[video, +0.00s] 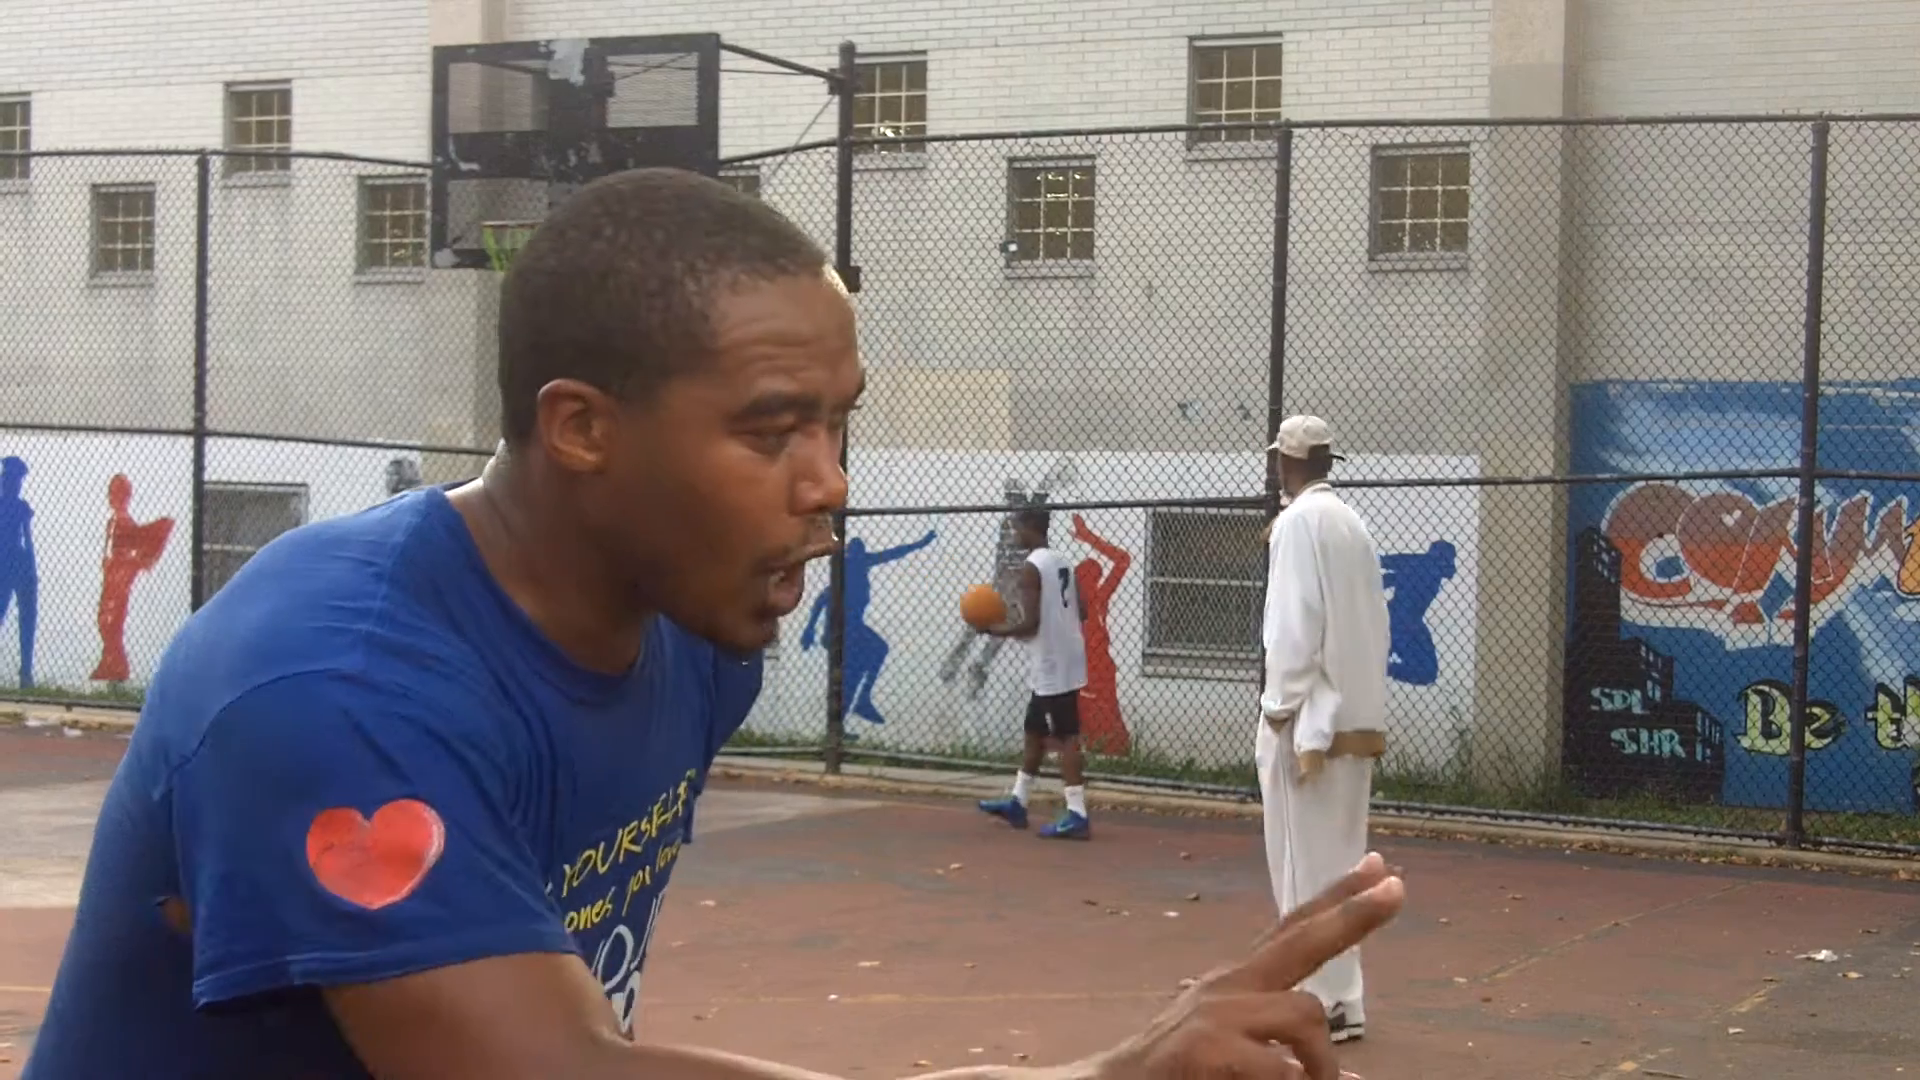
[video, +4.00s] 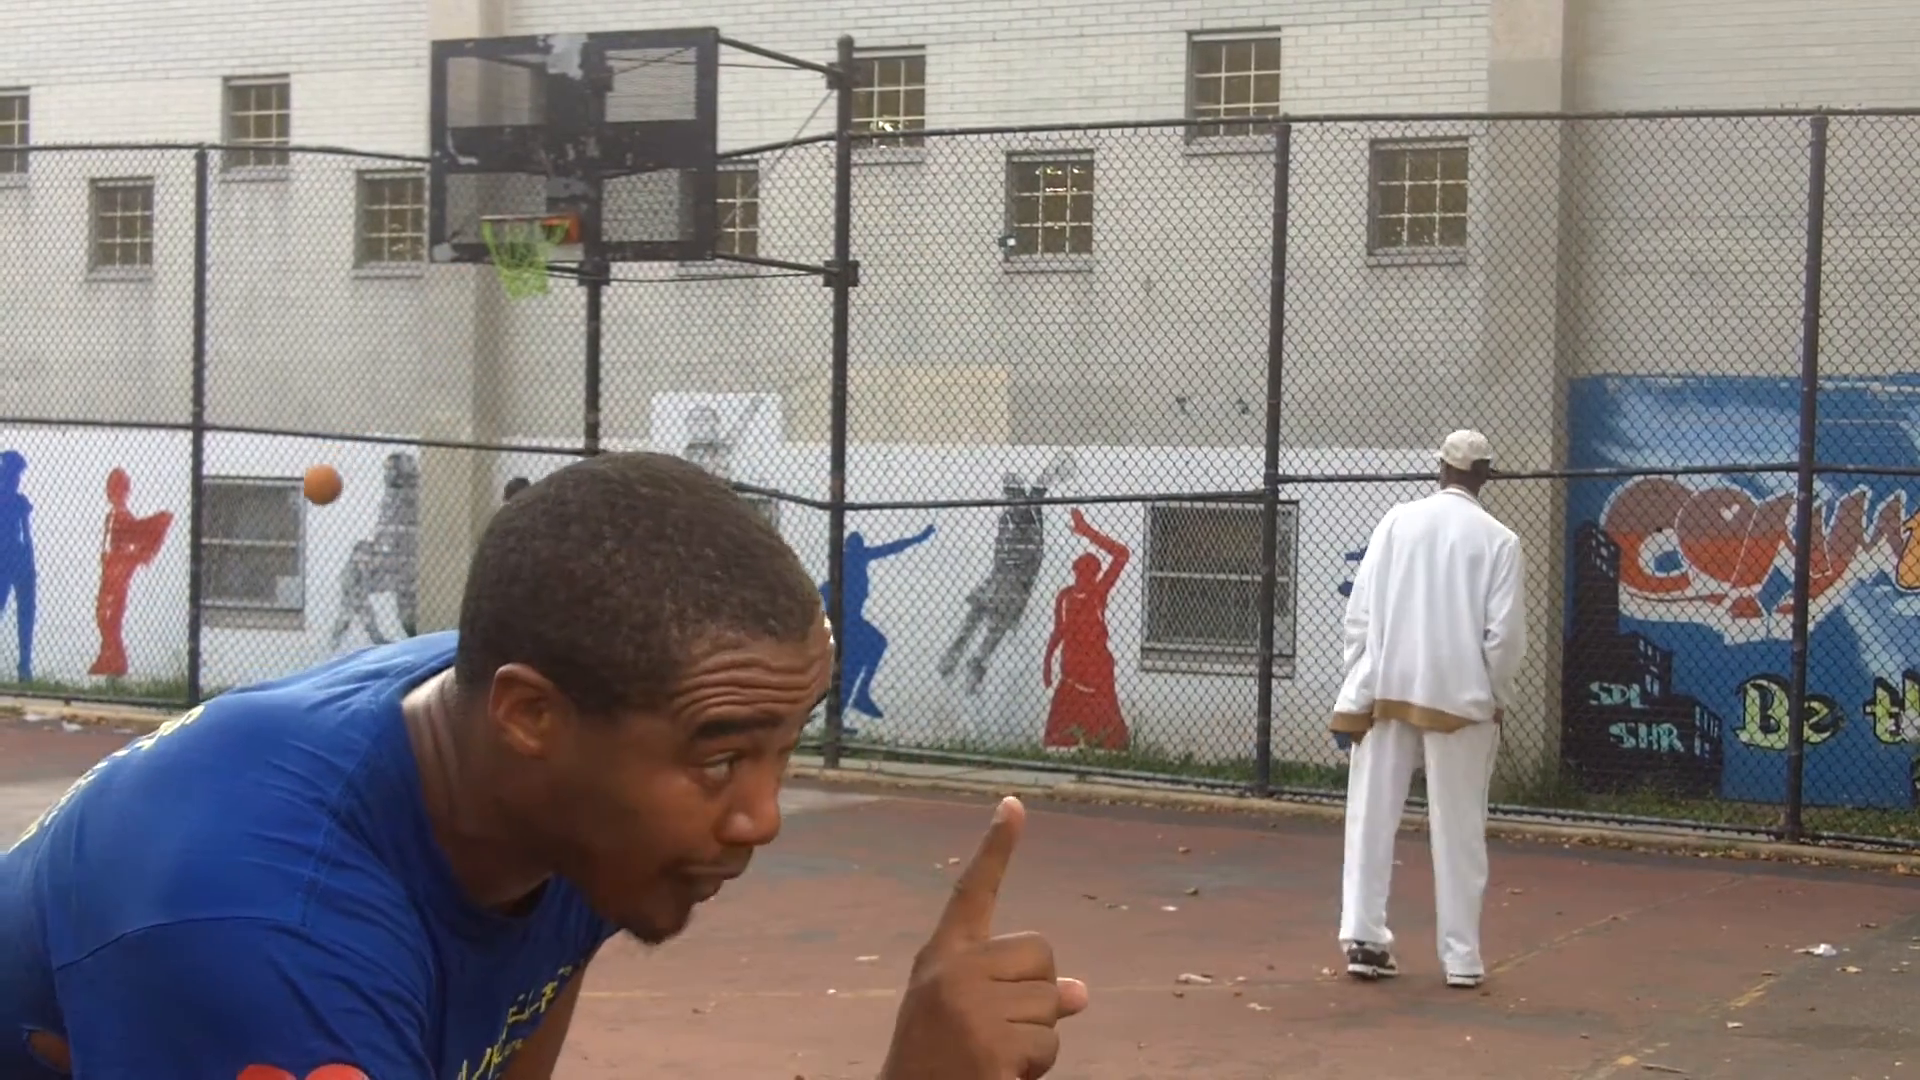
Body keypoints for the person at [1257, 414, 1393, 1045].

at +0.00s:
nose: (1272, 471)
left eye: (1275, 462)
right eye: (1275, 461)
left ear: (1286, 464)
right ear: (1326, 464)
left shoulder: (1299, 521)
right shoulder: (1353, 524)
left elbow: (1296, 629)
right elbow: (1371, 626)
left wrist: (1278, 710)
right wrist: (1358, 707)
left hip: (1306, 721)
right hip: (1355, 720)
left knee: (1304, 863)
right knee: (1338, 858)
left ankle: (1327, 1003)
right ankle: (1343, 1000)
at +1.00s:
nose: (1303, 476)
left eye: (1296, 469)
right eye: (1323, 466)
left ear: (1292, 472)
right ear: (1341, 471)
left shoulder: (1264, 527)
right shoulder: (1377, 537)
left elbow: (1243, 625)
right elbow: (1394, 636)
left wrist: (1234, 701)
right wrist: (1388, 710)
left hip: (1275, 709)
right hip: (1353, 711)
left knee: (1270, 845)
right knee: (1345, 850)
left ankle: (1268, 976)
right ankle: (1340, 999)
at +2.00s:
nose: (1319, 481)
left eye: (1287, 469)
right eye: (1330, 472)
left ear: (1284, 472)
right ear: (1333, 476)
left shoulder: (1248, 528)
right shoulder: (1361, 537)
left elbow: (1222, 628)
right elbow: (1377, 635)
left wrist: (1219, 709)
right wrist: (1370, 714)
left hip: (1254, 706)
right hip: (1332, 709)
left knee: (1255, 841)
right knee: (1325, 839)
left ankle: (1266, 970)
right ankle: (1319, 969)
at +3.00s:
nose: (1394, 478)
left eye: (1376, 466)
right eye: (1400, 472)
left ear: (1357, 469)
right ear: (1402, 475)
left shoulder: (1313, 522)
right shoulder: (1408, 538)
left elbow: (1277, 620)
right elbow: (1407, 635)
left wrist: (1286, 691)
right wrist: (1412, 704)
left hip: (1306, 698)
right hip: (1371, 704)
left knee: (1323, 827)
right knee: (1353, 832)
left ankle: (1358, 942)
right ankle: (1323, 965)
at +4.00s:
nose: (1470, 481)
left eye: (1454, 469)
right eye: (1480, 476)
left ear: (1439, 472)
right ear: (1484, 478)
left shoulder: (1395, 521)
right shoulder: (1498, 540)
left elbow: (1359, 615)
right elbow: (1504, 634)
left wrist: (1356, 687)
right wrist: (1494, 696)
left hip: (1385, 690)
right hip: (1459, 697)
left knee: (1369, 820)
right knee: (1460, 830)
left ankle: (1363, 939)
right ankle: (1461, 960)